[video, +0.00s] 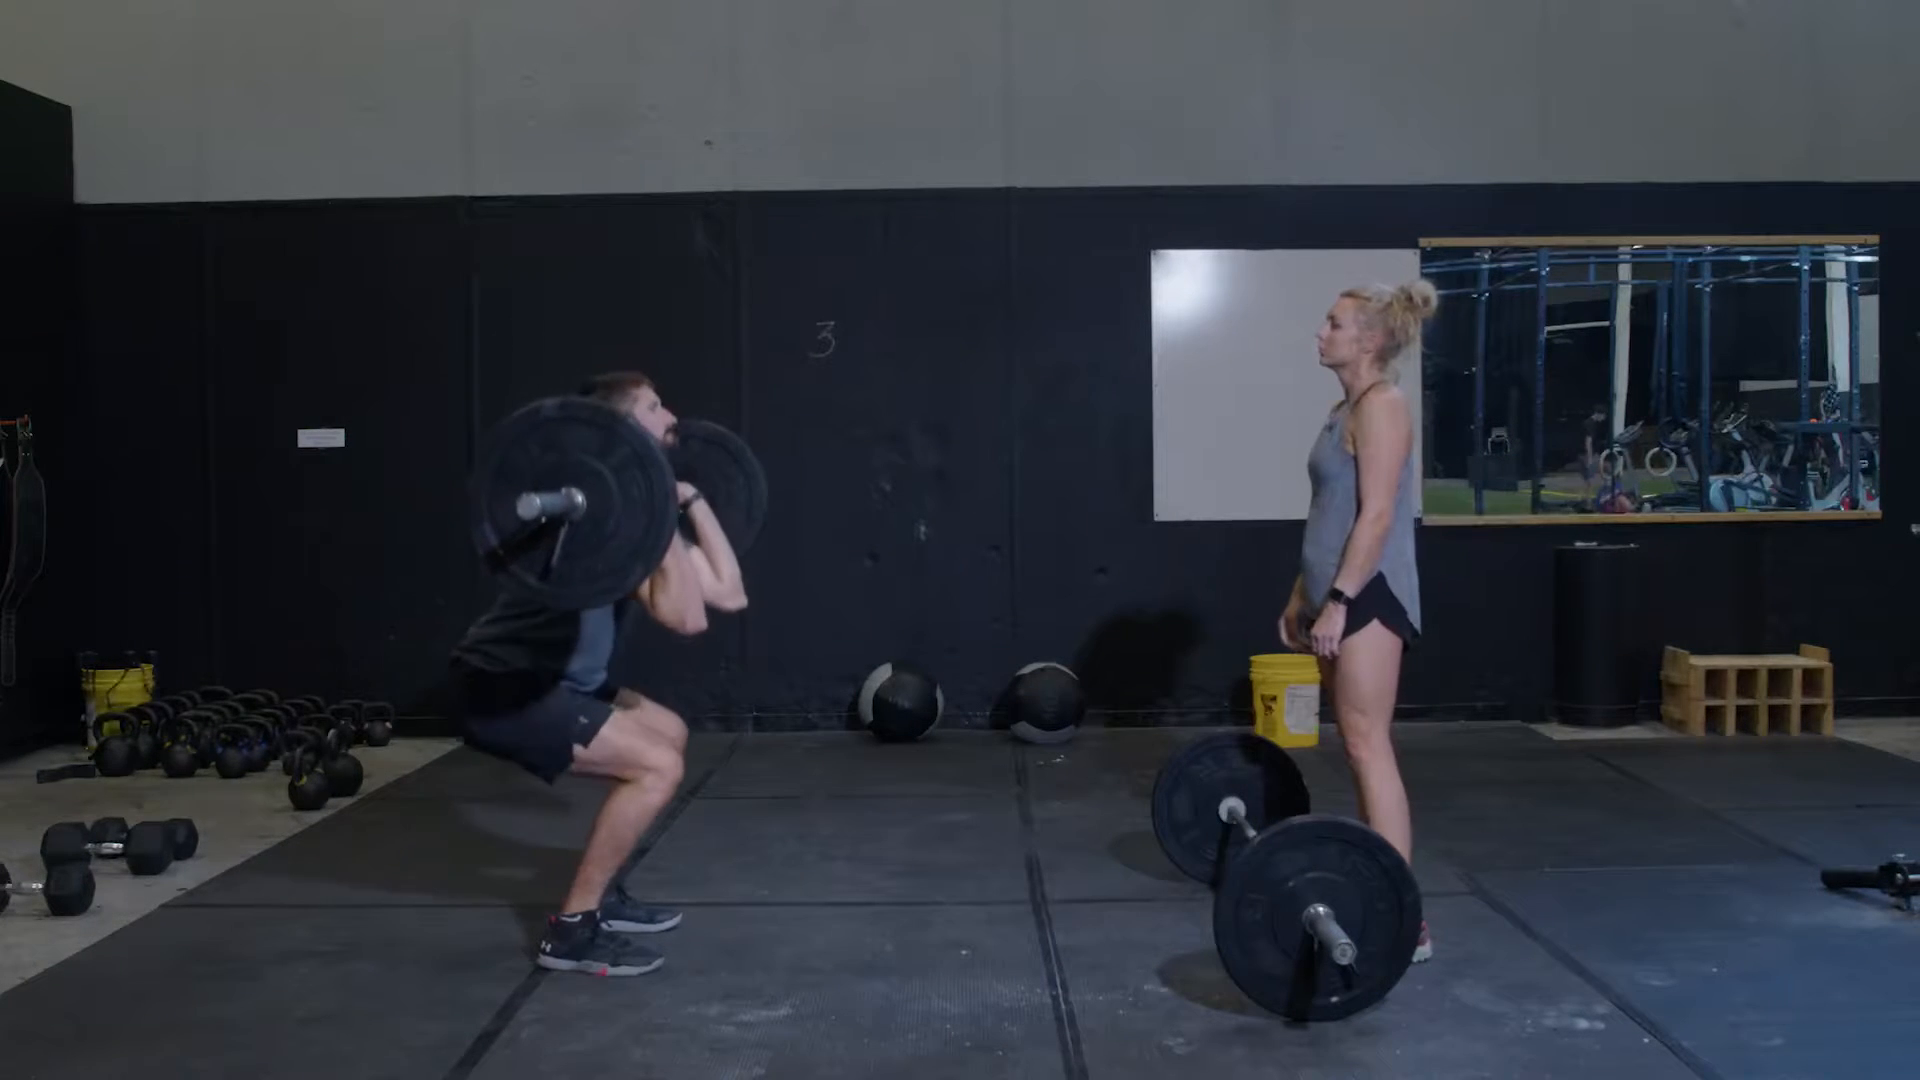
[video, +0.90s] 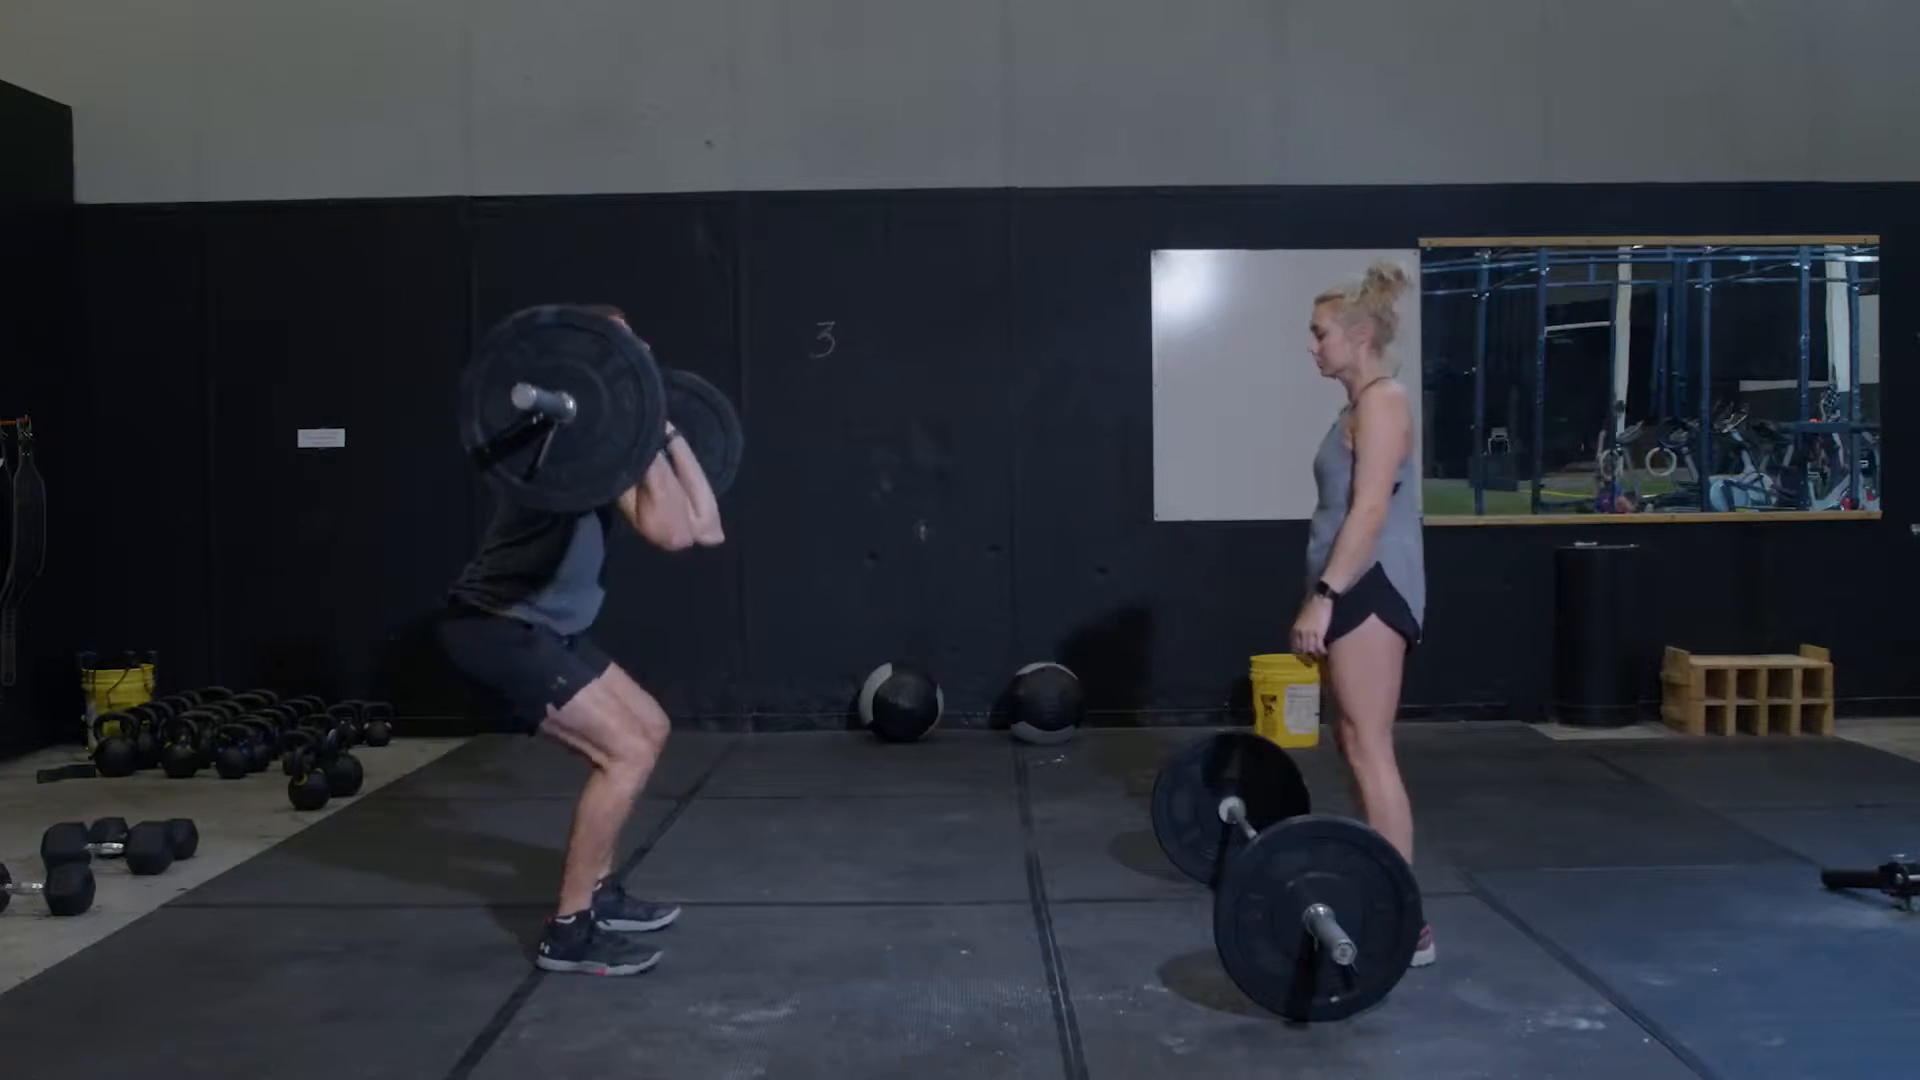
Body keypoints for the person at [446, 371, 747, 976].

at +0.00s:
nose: (670, 418)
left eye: (663, 407)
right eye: (654, 409)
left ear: (633, 430)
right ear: (619, 428)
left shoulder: (638, 503)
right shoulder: (604, 503)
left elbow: (730, 593)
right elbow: (685, 616)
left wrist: (693, 499)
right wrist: (665, 515)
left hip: (548, 678)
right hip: (507, 692)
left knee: (669, 732)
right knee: (657, 768)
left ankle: (602, 895)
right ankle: (571, 925)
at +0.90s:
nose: (635, 358)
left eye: (632, 346)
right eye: (617, 347)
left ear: (628, 362)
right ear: (583, 360)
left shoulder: (607, 428)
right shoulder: (566, 431)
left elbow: (708, 527)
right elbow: (669, 530)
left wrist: (660, 420)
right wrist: (635, 425)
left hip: (543, 625)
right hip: (496, 630)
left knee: (649, 729)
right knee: (628, 751)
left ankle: (596, 894)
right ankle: (569, 927)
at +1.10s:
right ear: (583, 306)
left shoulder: (616, 368)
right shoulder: (573, 359)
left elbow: (707, 431)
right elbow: (668, 429)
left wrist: (655, 341)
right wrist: (630, 341)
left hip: (585, 570)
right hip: (540, 565)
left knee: (634, 722)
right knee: (602, 737)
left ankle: (593, 892)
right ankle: (565, 924)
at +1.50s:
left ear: (616, 292)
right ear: (576, 289)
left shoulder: (612, 356)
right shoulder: (557, 357)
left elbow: (626, 431)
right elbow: (563, 456)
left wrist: (648, 373)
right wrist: (599, 368)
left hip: (619, 552)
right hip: (583, 554)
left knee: (600, 720)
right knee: (576, 727)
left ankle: (589, 889)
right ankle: (562, 921)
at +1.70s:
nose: (611, 266)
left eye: (612, 254)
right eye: (603, 252)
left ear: (574, 249)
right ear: (562, 246)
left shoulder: (574, 321)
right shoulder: (533, 307)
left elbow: (591, 412)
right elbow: (489, 374)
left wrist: (664, 440)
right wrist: (574, 425)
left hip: (611, 546)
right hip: (577, 549)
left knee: (610, 717)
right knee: (587, 725)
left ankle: (593, 891)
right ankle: (567, 922)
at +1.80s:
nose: (646, 272)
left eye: (648, 259)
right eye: (638, 257)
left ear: (612, 254)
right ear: (599, 250)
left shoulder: (604, 323)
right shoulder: (564, 313)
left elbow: (626, 438)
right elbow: (542, 412)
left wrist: (647, 523)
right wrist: (600, 510)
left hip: (613, 544)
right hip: (578, 548)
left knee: (610, 718)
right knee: (587, 724)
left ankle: (591, 891)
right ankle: (566, 920)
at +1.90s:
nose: (699, 295)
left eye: (702, 280)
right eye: (693, 277)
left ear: (660, 267)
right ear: (657, 264)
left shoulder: (638, 350)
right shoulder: (602, 343)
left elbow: (627, 471)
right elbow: (563, 463)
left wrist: (631, 566)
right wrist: (582, 580)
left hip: (598, 565)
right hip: (562, 567)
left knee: (603, 726)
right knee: (576, 733)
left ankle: (590, 892)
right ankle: (563, 924)